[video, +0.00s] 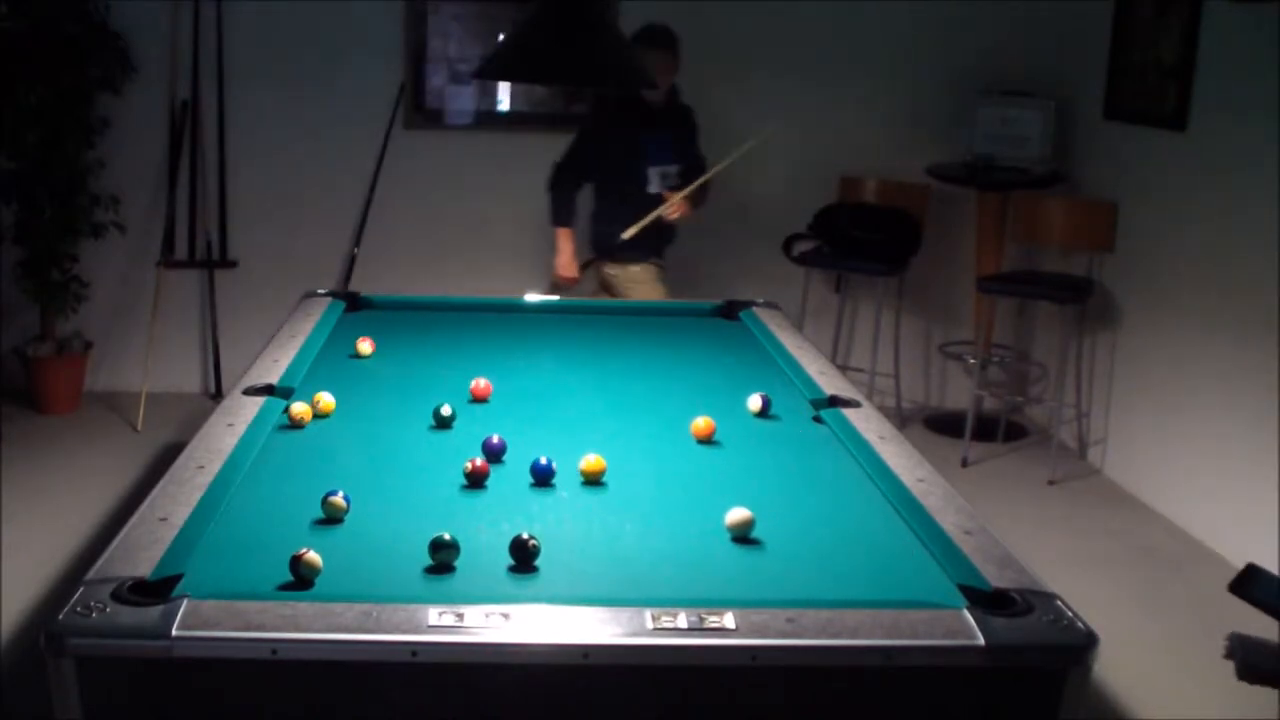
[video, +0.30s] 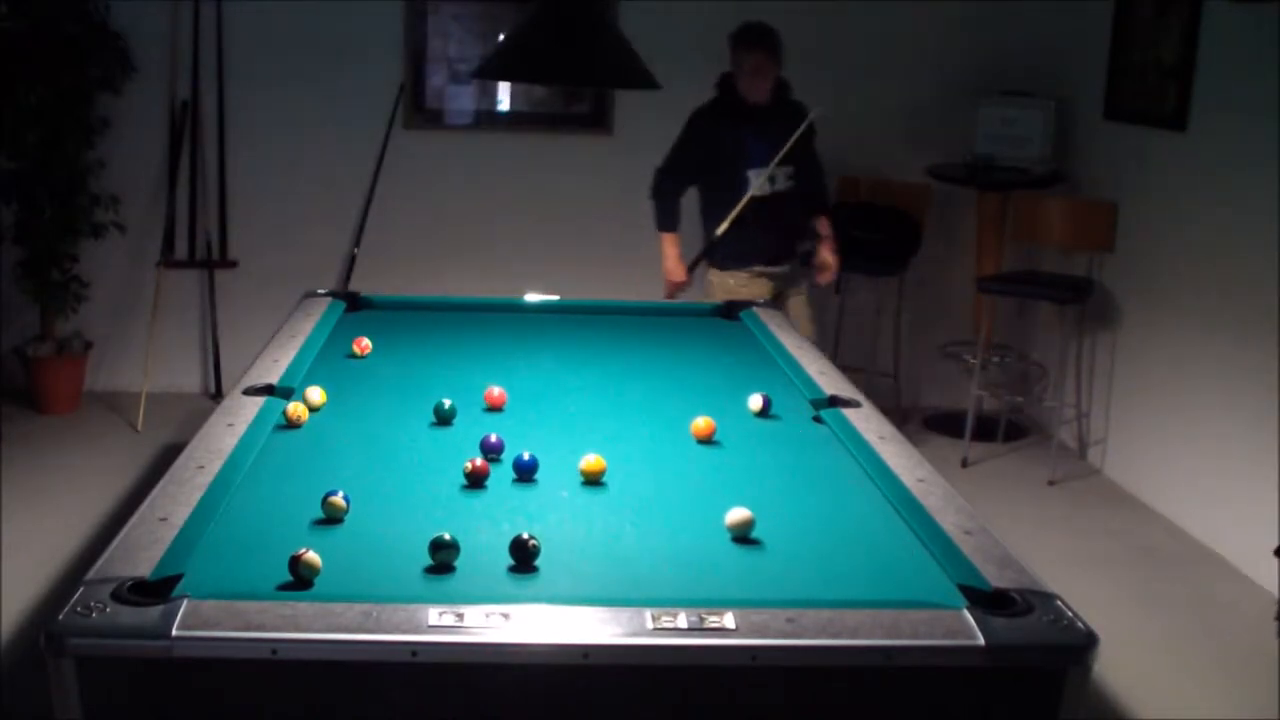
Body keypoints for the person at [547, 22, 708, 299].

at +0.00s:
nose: (659, 72)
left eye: (666, 63)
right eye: (652, 62)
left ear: (676, 65)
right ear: (635, 64)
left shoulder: (679, 115)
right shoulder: (614, 111)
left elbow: (698, 176)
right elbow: (564, 179)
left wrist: (686, 200)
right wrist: (564, 252)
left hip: (650, 253)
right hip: (621, 254)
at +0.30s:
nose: (760, 77)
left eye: (766, 66)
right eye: (751, 67)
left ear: (778, 68)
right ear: (735, 68)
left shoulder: (793, 116)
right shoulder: (711, 119)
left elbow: (813, 185)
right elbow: (667, 184)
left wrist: (825, 240)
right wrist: (671, 258)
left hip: (789, 274)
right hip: (734, 276)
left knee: (802, 377)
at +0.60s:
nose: (859, 89)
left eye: (868, 79)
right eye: (850, 79)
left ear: (886, 81)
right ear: (837, 79)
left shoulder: (906, 133)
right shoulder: (814, 132)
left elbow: (919, 204)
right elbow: (765, 187)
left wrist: (917, 267)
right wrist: (767, 261)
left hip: (894, 294)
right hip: (827, 295)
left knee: (915, 399)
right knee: (793, 395)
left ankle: (937, 500)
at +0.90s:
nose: (962, 80)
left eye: (973, 70)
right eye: (953, 69)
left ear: (990, 73)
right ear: (938, 69)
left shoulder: (1011, 136)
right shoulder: (908, 129)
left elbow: (1035, 215)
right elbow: (863, 201)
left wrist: (1047, 289)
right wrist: (861, 273)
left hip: (985, 298)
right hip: (921, 295)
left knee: (971, 422)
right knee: (944, 418)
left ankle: (941, 521)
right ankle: (896, 509)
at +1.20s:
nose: (1033, 109)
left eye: (1044, 96)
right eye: (1023, 96)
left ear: (1066, 97)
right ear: (1010, 94)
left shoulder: (1100, 162)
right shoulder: (985, 161)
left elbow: (1121, 254)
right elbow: (945, 246)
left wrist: (1115, 339)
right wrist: (939, 330)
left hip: (1077, 334)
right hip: (1011, 331)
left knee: (1033, 452)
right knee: (1049, 472)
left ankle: (955, 508)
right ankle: (1066, 604)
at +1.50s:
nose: (1099, 100)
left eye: (1111, 88)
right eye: (1090, 86)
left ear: (1137, 89)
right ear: (1077, 87)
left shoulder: (1184, 164)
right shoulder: (1050, 158)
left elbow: (1213, 269)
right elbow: (1011, 249)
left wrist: (1198, 365)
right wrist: (1001, 336)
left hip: (1153, 374)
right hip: (1063, 370)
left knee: (1164, 510)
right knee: (1063, 512)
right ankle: (1068, 635)